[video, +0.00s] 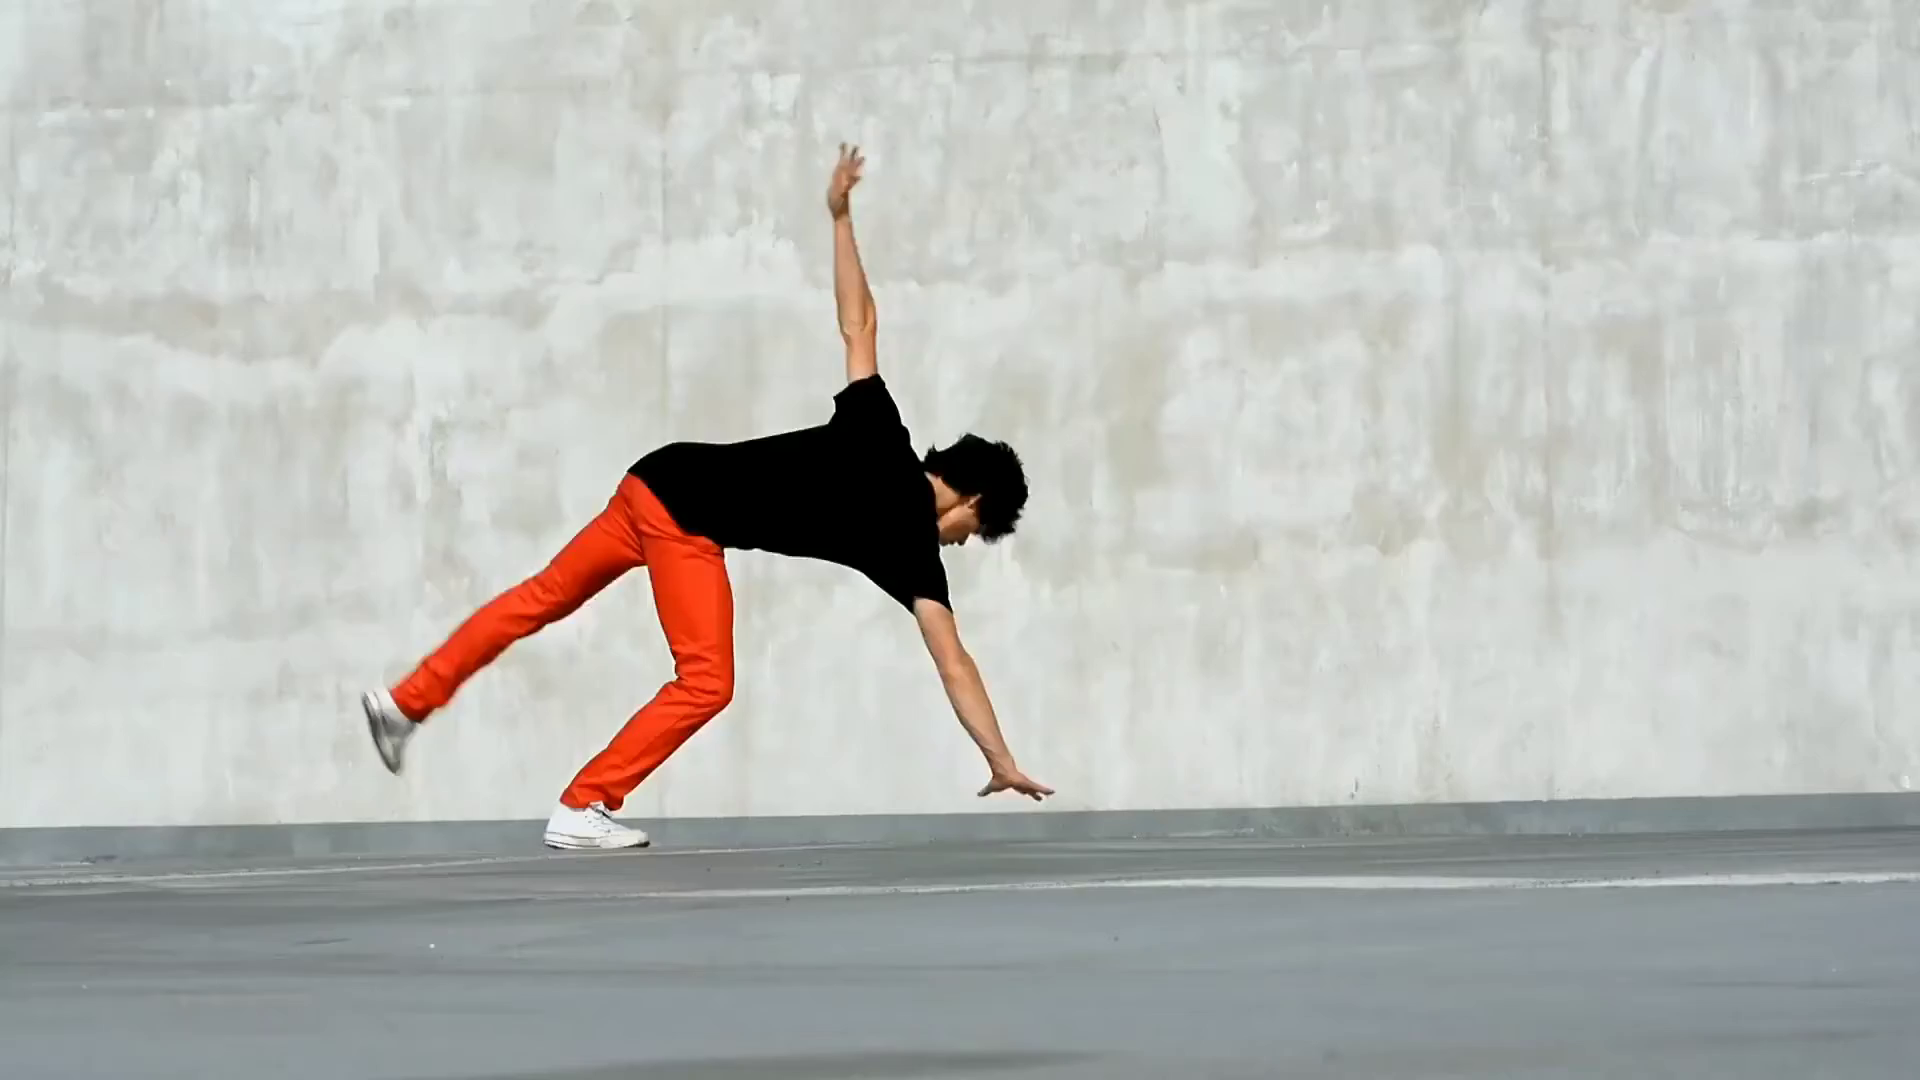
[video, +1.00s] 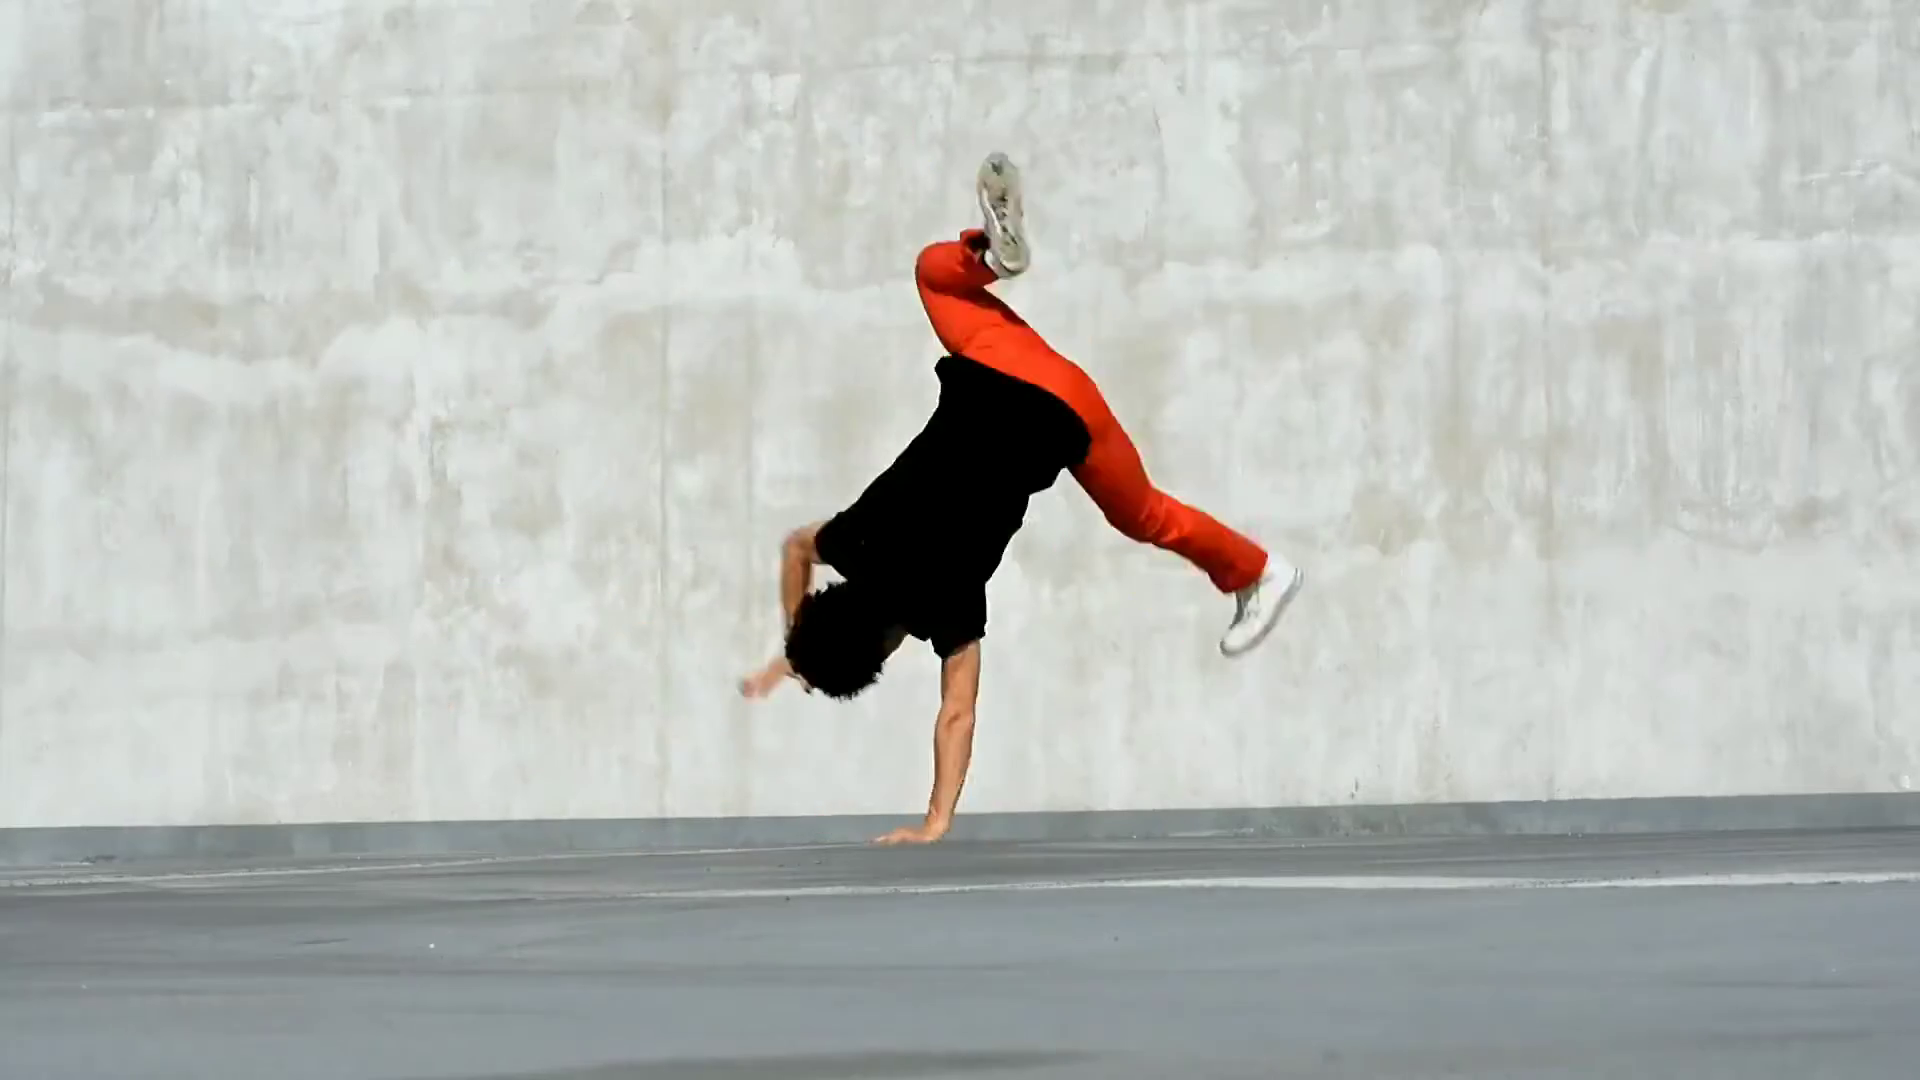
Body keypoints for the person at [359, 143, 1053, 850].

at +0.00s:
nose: (965, 538)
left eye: (976, 529)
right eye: (975, 525)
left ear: (948, 467)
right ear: (960, 496)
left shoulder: (876, 425)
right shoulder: (912, 551)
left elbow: (857, 317)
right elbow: (953, 663)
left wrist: (840, 212)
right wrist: (1003, 762)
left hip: (656, 480)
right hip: (688, 520)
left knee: (545, 595)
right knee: (706, 683)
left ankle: (404, 706)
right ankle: (584, 809)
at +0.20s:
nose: (981, 640)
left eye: (989, 631)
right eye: (989, 630)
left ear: (967, 571)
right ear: (979, 606)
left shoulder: (920, 523)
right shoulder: (952, 621)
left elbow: (946, 468)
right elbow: (985, 720)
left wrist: (993, 418)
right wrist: (1018, 822)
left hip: (755, 450)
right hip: (777, 517)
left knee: (597, 409)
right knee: (729, 673)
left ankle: (591, 284)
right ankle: (585, 782)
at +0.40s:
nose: (924, 705)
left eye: (913, 708)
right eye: (927, 710)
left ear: (893, 672)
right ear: (946, 680)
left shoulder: (867, 607)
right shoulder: (984, 630)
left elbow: (744, 621)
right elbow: (1014, 725)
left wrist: (652, 637)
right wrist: (1023, 830)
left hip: (853, 414)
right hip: (913, 431)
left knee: (802, 261)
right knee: (840, 561)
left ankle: (968, 280)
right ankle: (756, 675)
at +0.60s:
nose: (896, 709)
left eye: (881, 712)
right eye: (892, 713)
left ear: (857, 677)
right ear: (901, 685)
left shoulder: (841, 610)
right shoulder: (981, 637)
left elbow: (833, 680)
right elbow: (1010, 728)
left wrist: (821, 777)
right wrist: (1020, 830)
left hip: (908, 409)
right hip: (985, 420)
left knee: (851, 257)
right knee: (1106, 501)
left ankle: (881, 102)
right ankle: (1255, 578)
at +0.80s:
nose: (883, 701)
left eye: (870, 696)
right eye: (874, 703)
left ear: (856, 662)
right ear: (872, 666)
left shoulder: (880, 608)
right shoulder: (949, 632)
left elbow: (916, 709)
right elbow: (990, 718)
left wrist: (930, 823)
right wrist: (1018, 826)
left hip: (930, 389)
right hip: (976, 368)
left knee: (982, 418)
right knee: (1120, 362)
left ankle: (1015, 409)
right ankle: (1242, 257)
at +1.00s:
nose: (814, 686)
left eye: (827, 681)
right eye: (809, 675)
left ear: (877, 653)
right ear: (836, 614)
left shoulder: (955, 610)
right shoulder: (853, 545)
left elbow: (957, 715)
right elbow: (795, 552)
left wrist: (937, 822)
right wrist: (791, 647)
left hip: (1067, 409)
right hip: (990, 377)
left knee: (1146, 517)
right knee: (931, 277)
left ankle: (1258, 575)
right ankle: (994, 253)